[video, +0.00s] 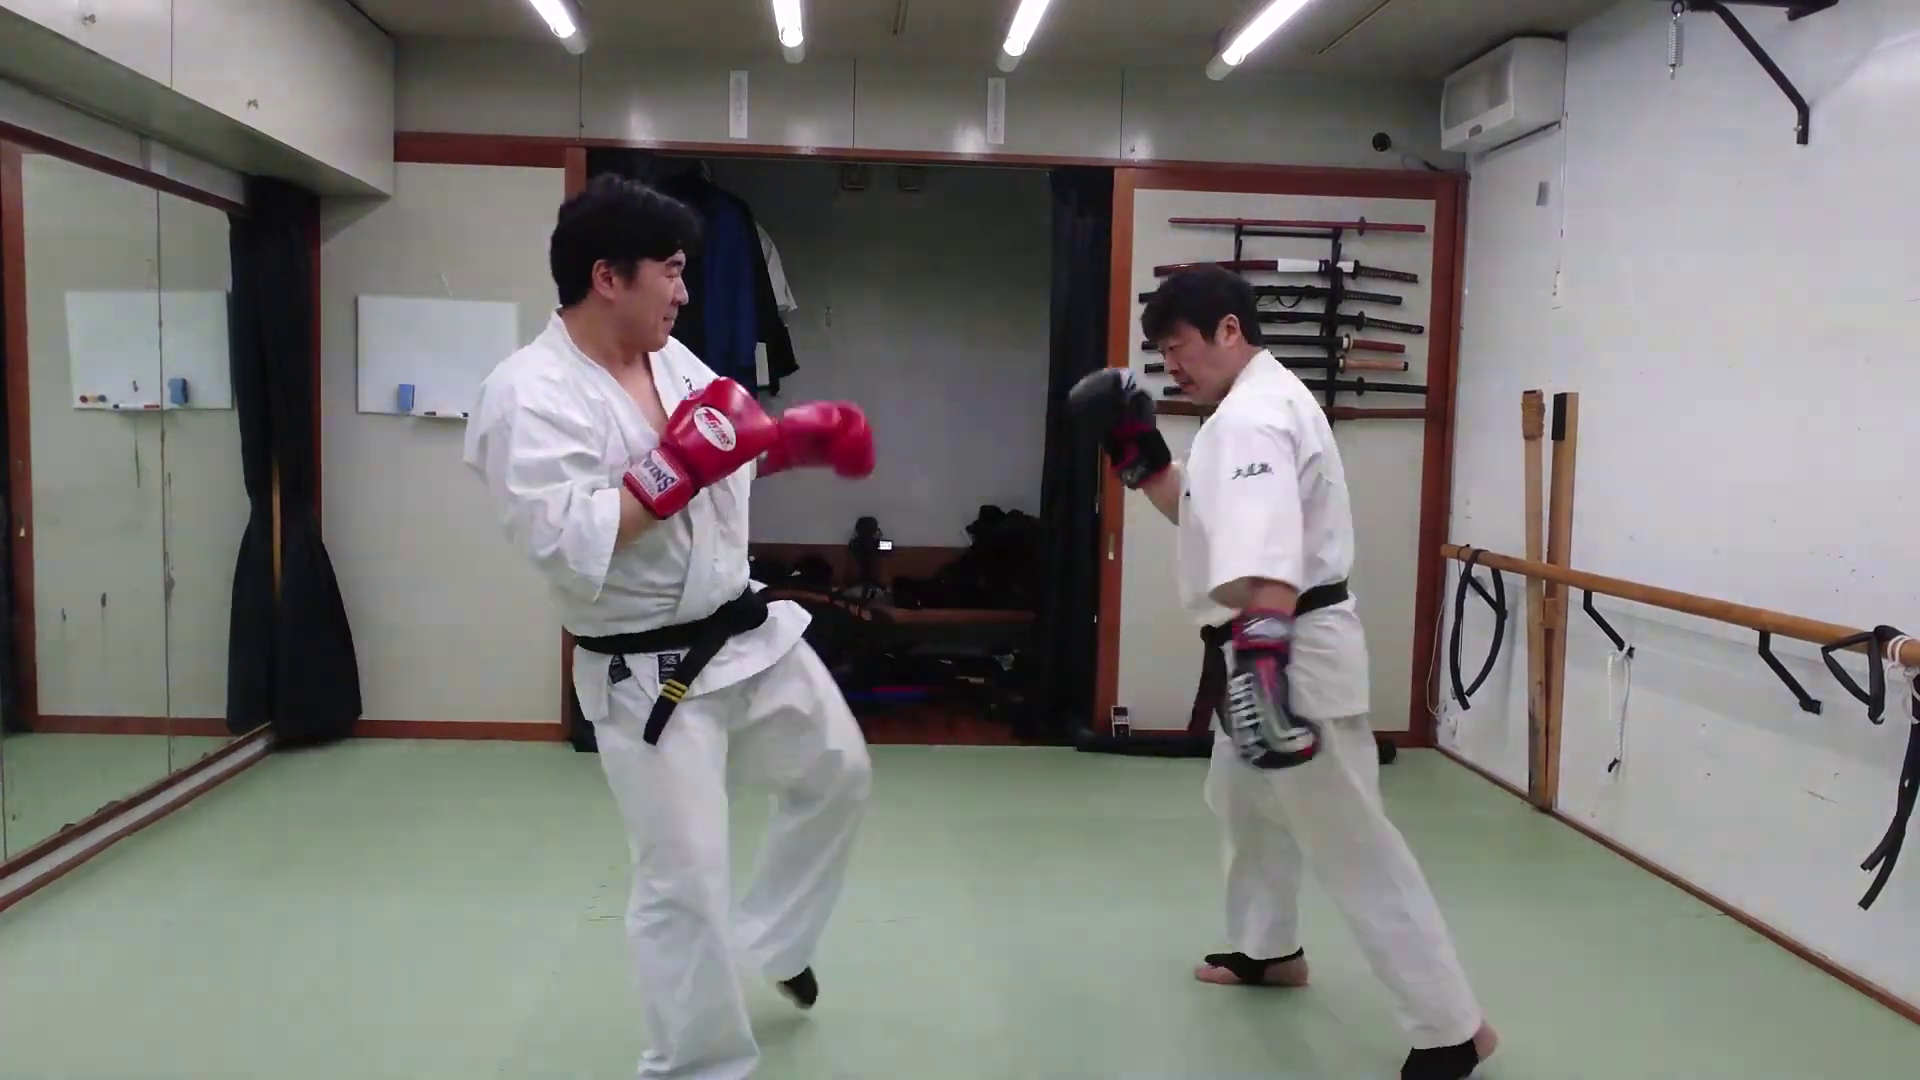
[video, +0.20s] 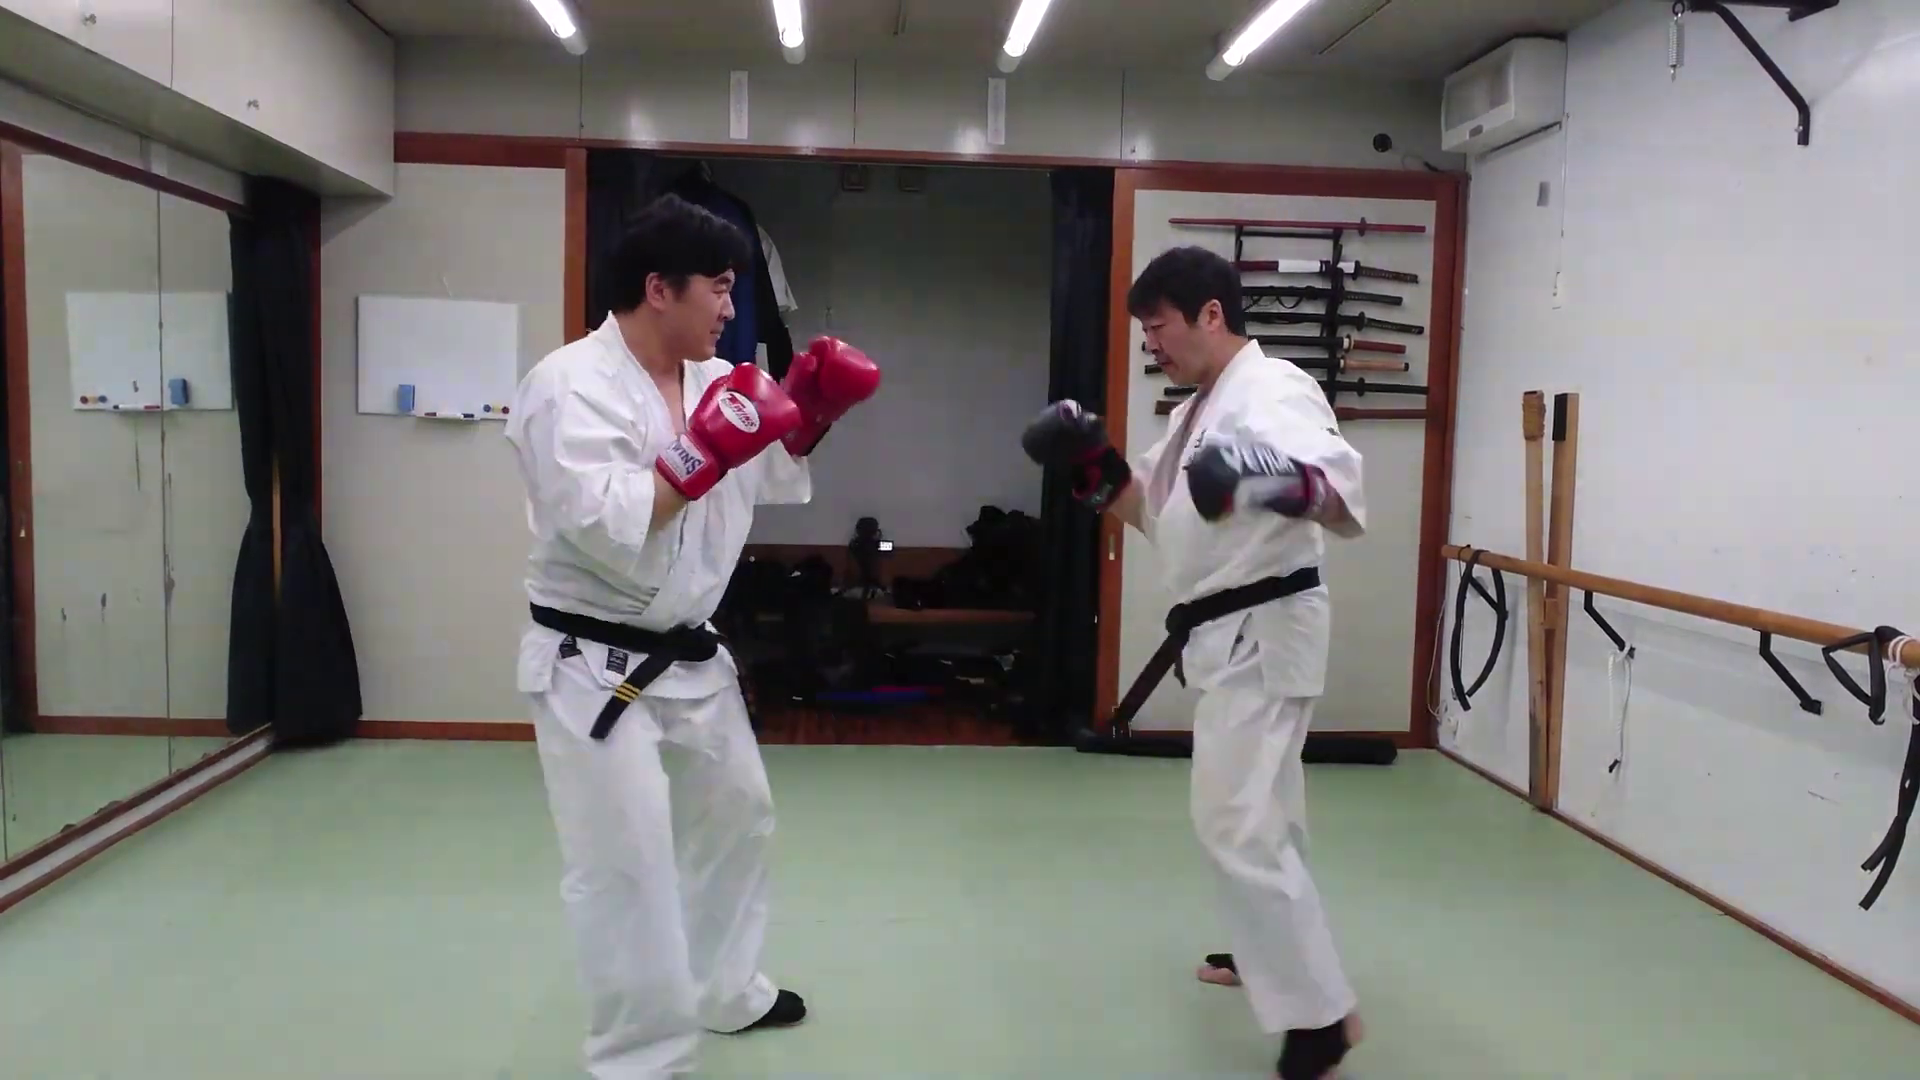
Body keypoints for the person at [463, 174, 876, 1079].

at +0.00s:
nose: (683, 293)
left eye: (683, 273)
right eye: (669, 273)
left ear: (624, 278)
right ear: (605, 278)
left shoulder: (667, 357)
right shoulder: (528, 394)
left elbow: (730, 436)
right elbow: (571, 543)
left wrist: (796, 439)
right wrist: (683, 461)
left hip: (747, 627)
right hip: (644, 667)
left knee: (837, 774)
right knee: (685, 883)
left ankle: (773, 939)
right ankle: (697, 1065)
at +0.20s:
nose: (731, 304)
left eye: (732, 286)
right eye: (717, 286)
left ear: (677, 293)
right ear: (658, 290)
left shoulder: (722, 380)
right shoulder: (569, 386)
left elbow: (771, 473)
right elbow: (610, 529)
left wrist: (806, 413)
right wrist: (703, 456)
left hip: (692, 653)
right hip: (591, 658)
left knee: (737, 813)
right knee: (625, 858)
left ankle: (725, 992)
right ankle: (639, 1051)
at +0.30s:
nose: (719, 304)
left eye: (722, 287)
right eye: (708, 285)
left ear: (663, 285)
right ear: (649, 280)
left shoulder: (697, 379)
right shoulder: (560, 369)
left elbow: (731, 472)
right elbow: (577, 505)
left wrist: (784, 468)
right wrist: (686, 469)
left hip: (664, 639)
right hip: (560, 636)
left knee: (704, 810)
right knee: (569, 823)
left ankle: (721, 988)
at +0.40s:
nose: (685, 308)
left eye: (687, 291)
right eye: (673, 289)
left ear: (628, 291)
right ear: (615, 287)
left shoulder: (653, 384)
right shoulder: (530, 371)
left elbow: (688, 489)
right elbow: (536, 509)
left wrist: (728, 523)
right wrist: (655, 487)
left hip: (638, 641)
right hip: (536, 640)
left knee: (691, 812)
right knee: (497, 822)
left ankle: (719, 988)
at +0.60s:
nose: (591, 351)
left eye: (593, 335)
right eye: (579, 332)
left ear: (538, 332)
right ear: (521, 328)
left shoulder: (555, 419)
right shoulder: (431, 414)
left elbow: (556, 527)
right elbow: (469, 553)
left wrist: (619, 526)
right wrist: (571, 493)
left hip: (531, 672)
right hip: (424, 672)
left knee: (606, 826)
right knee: (367, 834)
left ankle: (699, 970)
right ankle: (290, 966)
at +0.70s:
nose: (551, 341)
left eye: (557, 323)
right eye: (541, 321)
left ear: (499, 320)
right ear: (486, 316)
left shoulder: (499, 406)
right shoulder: (409, 400)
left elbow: (554, 498)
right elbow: (481, 524)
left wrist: (610, 461)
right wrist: (526, 441)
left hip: (482, 647)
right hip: (379, 646)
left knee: (557, 793)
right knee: (349, 812)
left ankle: (608, 963)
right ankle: (293, 973)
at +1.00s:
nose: (534, 351)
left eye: (539, 336)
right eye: (526, 332)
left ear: (483, 328)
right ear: (473, 323)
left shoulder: (496, 407)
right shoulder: (392, 389)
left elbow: (555, 507)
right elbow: (464, 516)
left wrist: (541, 576)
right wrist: (522, 431)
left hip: (448, 651)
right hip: (344, 642)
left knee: (527, 777)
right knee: (287, 819)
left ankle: (510, 942)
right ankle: (219, 987)